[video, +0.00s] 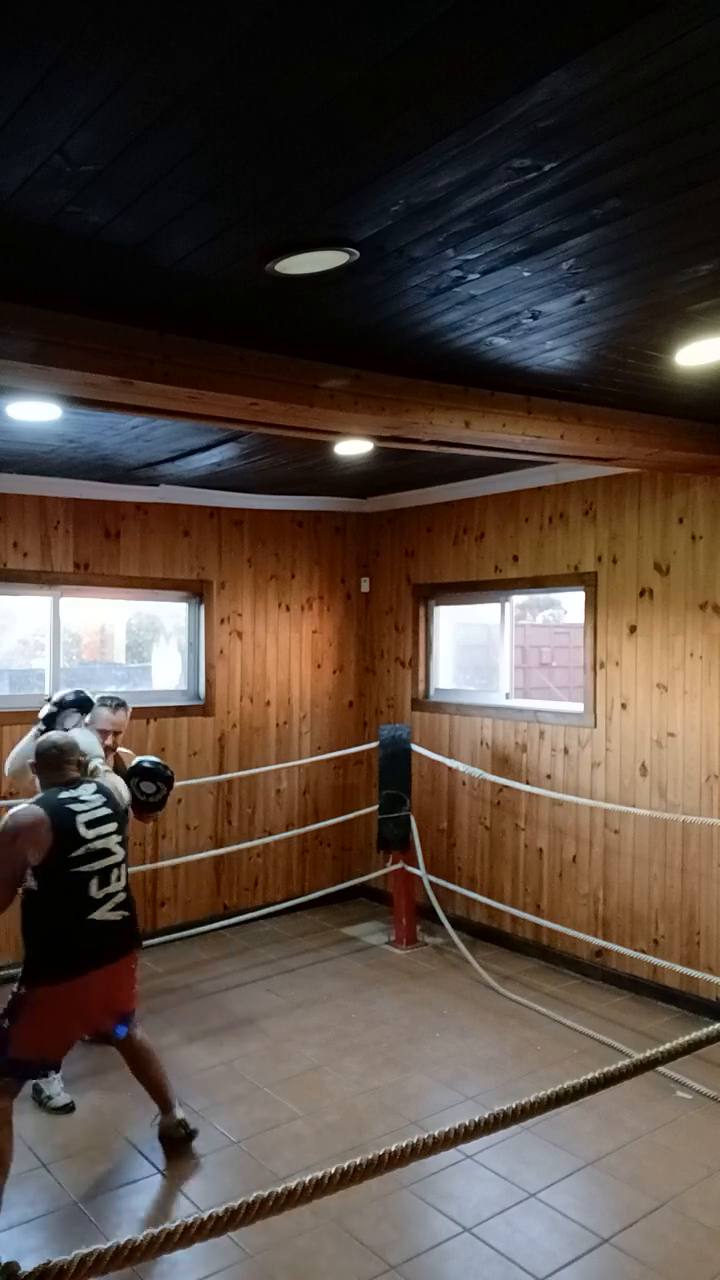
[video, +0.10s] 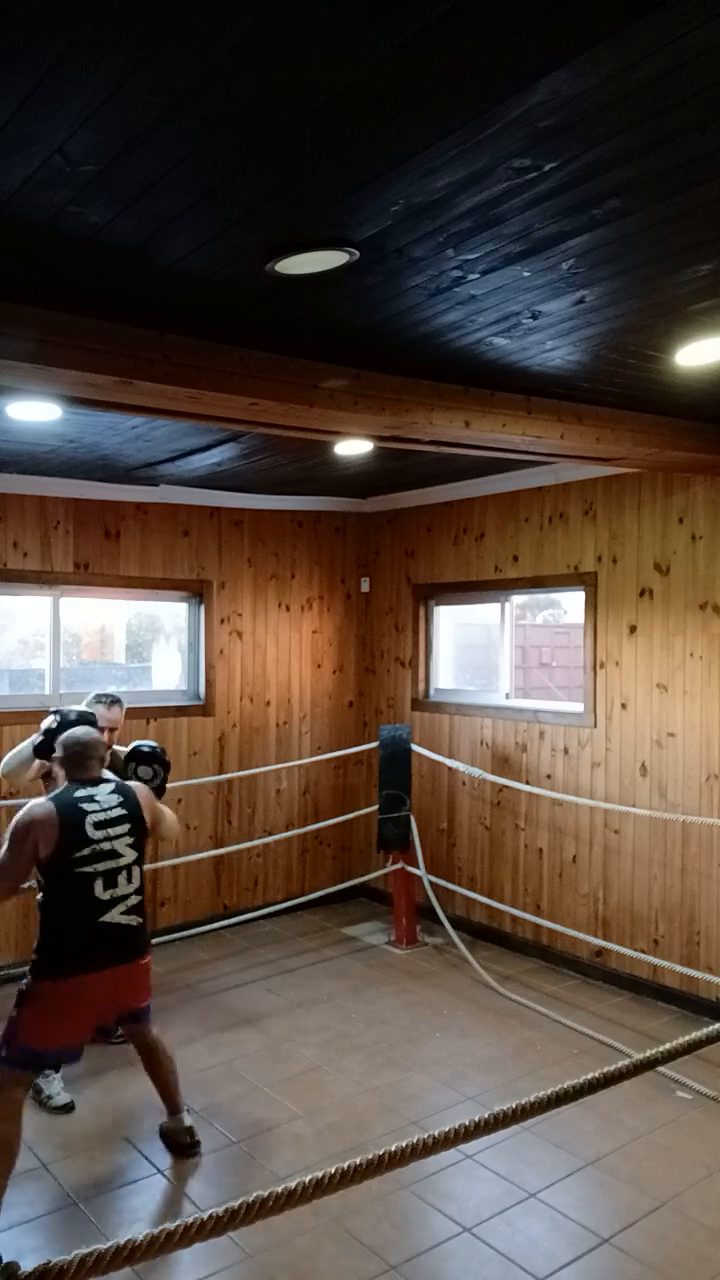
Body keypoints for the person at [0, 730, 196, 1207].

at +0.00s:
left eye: (35, 770)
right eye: (85, 759)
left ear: (34, 771)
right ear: (82, 765)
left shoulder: (25, 822)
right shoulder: (109, 796)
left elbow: (2, 899)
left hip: (59, 978)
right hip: (119, 961)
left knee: (5, 1089)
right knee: (123, 1030)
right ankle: (173, 1118)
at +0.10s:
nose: (47, 767)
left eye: (50, 759)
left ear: (55, 765)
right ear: (105, 760)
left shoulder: (36, 816)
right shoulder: (136, 795)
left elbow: (5, 885)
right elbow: (169, 829)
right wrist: (149, 788)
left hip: (67, 974)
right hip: (131, 961)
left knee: (11, 1083)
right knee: (142, 1031)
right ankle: (181, 1125)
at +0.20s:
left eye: (118, 746)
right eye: (132, 749)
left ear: (86, 753)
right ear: (130, 756)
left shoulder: (52, 790)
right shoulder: (148, 799)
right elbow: (184, 856)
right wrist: (150, 838)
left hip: (62, 960)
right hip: (130, 956)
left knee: (30, 1086)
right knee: (152, 1028)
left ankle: (1, 1219)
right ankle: (178, 1125)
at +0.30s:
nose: (154, 761)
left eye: (151, 754)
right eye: (150, 755)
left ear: (102, 756)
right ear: (139, 760)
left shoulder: (77, 788)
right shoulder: (143, 796)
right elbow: (184, 865)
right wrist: (164, 817)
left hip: (62, 953)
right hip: (126, 953)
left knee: (31, 1074)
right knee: (159, 1033)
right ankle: (181, 1126)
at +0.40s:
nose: (168, 766)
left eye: (167, 760)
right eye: (167, 759)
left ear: (118, 754)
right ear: (160, 760)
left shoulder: (89, 782)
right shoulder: (151, 797)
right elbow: (191, 869)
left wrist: (165, 804)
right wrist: (176, 812)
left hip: (58, 942)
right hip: (121, 946)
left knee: (30, 1058)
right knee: (157, 1026)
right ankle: (180, 1123)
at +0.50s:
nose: (170, 767)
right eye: (171, 761)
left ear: (124, 750)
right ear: (165, 759)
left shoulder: (88, 781)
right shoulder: (159, 799)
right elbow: (192, 871)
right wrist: (167, 825)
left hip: (58, 937)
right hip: (122, 941)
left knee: (24, 1055)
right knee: (155, 1024)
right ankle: (180, 1123)